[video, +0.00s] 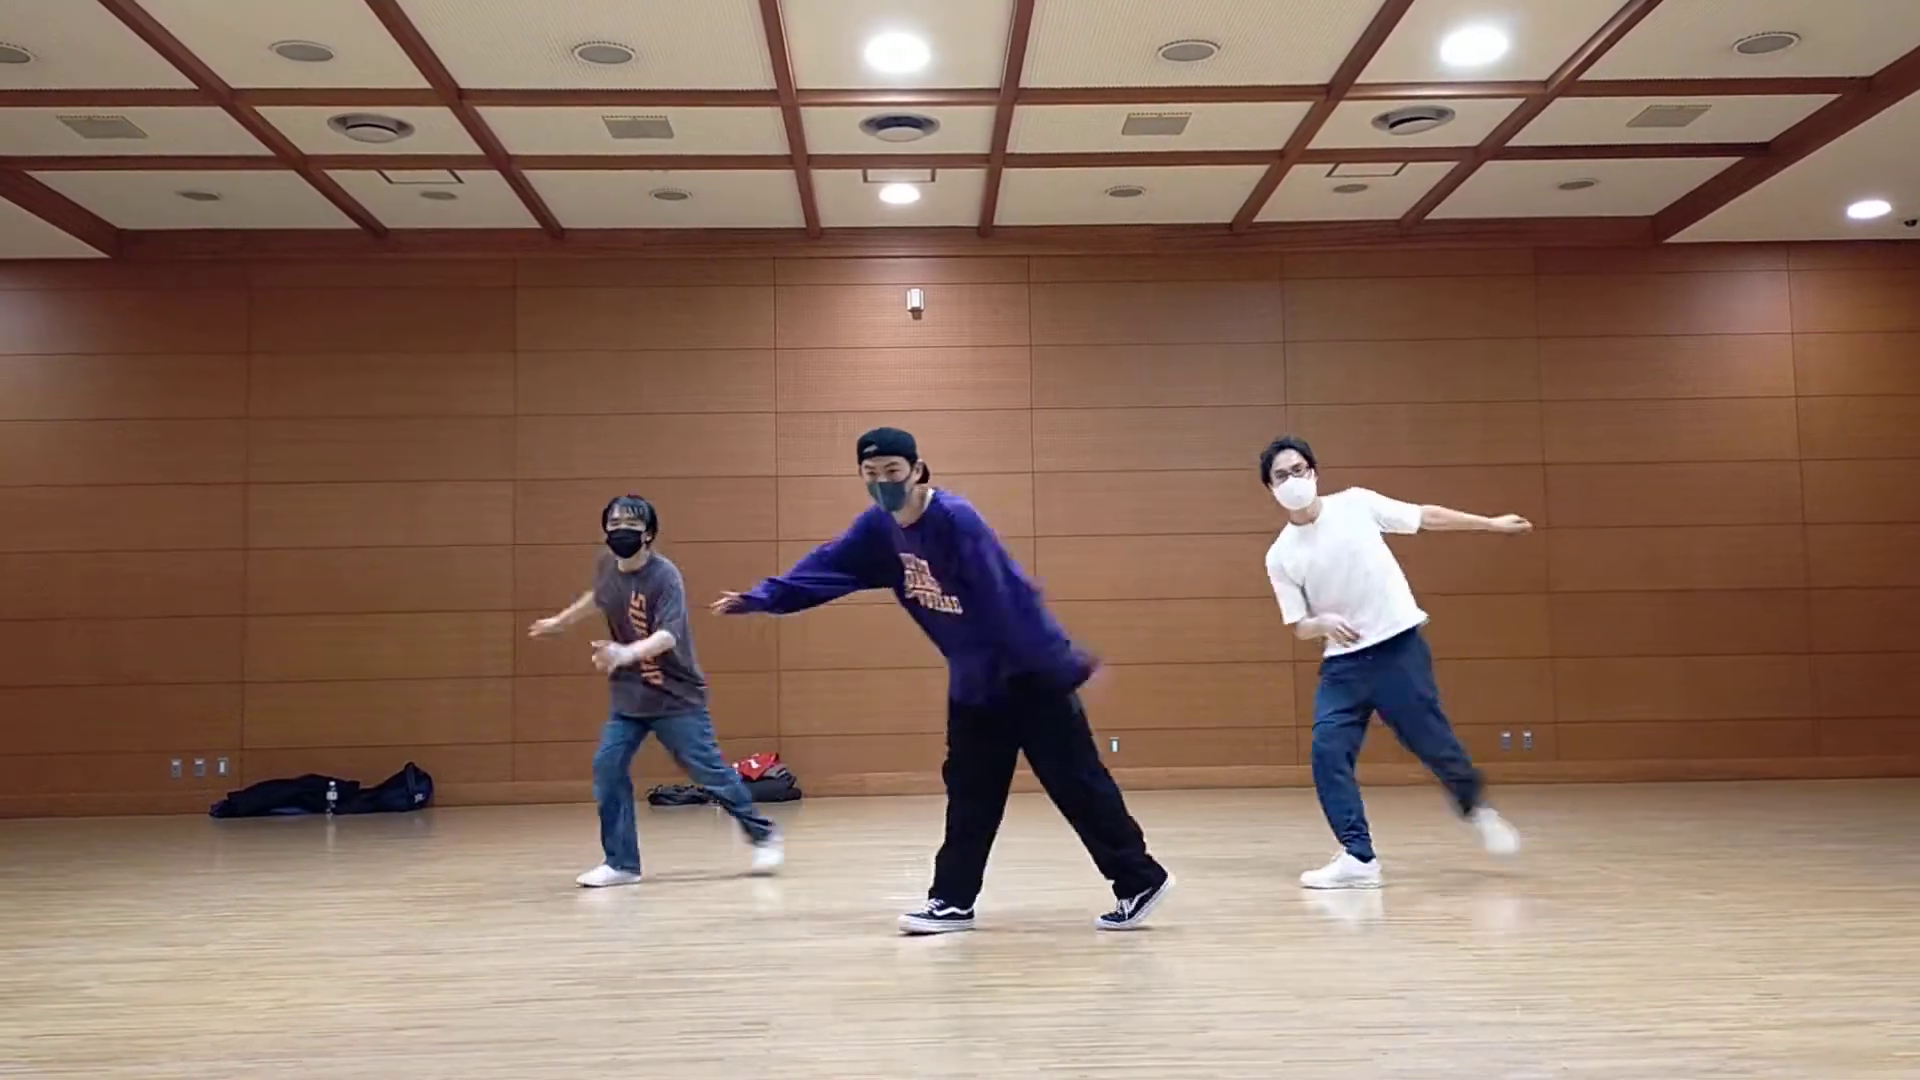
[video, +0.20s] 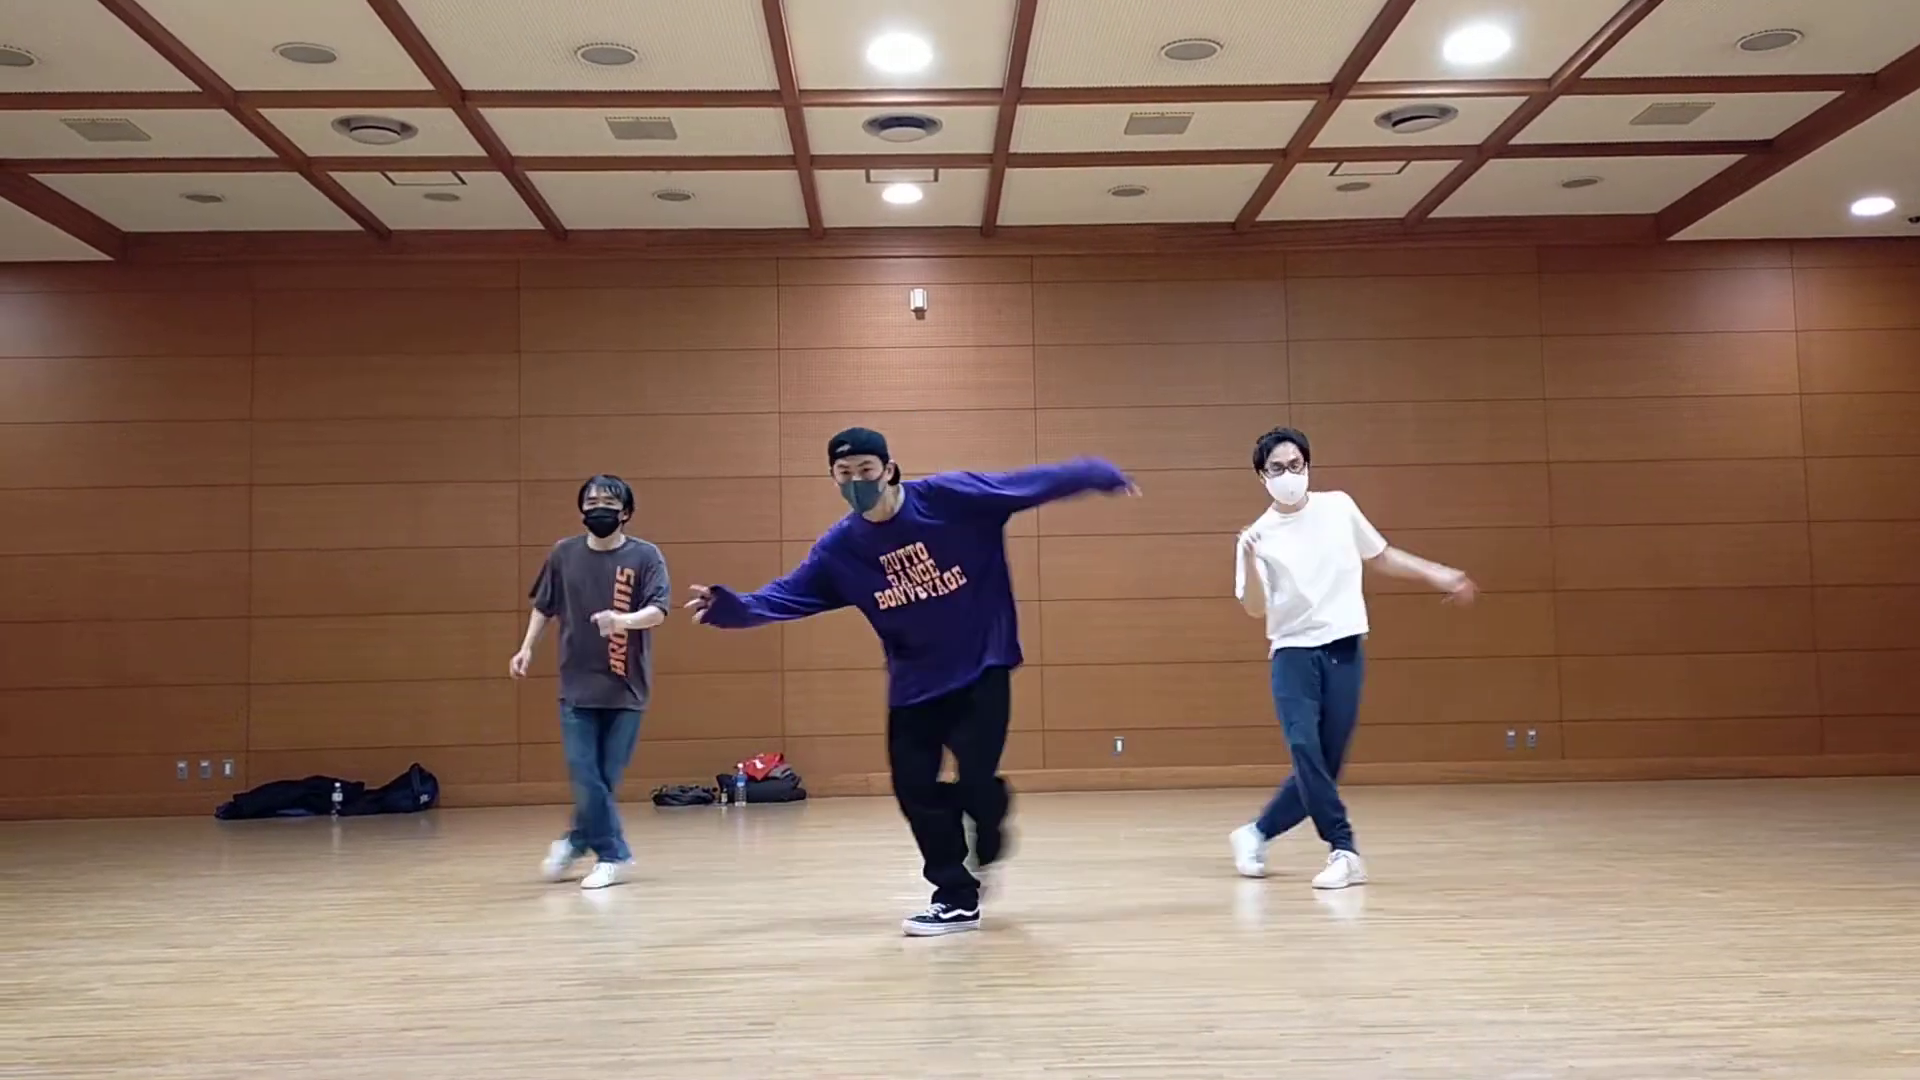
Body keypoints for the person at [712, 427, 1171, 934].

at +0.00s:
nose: (882, 482)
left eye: (891, 471)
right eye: (872, 475)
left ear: (917, 470)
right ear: (865, 480)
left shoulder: (954, 520)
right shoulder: (878, 530)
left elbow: (1005, 597)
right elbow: (826, 569)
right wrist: (761, 598)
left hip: (1026, 669)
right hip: (973, 677)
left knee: (1076, 779)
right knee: (971, 787)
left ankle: (1140, 879)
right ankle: (953, 900)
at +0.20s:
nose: (853, 478)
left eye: (863, 467)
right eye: (843, 471)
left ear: (890, 468)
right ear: (835, 480)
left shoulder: (949, 497)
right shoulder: (841, 547)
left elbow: (1027, 484)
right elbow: (789, 594)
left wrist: (1096, 474)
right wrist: (734, 607)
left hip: (981, 659)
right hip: (914, 674)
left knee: (973, 773)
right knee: (913, 786)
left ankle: (992, 818)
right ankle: (956, 897)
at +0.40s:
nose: (845, 486)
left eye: (855, 475)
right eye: (834, 477)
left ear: (876, 479)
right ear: (822, 486)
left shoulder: (921, 519)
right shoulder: (821, 550)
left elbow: (982, 510)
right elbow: (827, 619)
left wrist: (1023, 452)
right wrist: (824, 549)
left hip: (921, 686)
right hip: (856, 687)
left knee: (888, 813)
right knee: (847, 787)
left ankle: (823, 883)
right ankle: (876, 872)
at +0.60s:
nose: (862, 456)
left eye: (872, 449)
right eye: (851, 448)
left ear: (886, 459)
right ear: (834, 455)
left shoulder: (888, 519)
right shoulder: (816, 511)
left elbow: (900, 595)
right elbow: (876, 558)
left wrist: (950, 570)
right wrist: (937, 510)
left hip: (880, 678)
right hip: (821, 675)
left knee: (885, 800)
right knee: (813, 787)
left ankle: (831, 876)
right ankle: (758, 898)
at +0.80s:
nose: (905, 458)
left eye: (917, 451)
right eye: (896, 447)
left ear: (928, 459)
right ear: (875, 449)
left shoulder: (889, 513)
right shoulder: (850, 498)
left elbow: (881, 595)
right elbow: (898, 565)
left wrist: (901, 655)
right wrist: (959, 616)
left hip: (850, 672)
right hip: (804, 667)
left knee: (884, 784)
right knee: (776, 786)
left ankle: (904, 901)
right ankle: (711, 898)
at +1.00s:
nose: (951, 483)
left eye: (963, 475)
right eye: (942, 471)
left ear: (975, 478)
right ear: (924, 467)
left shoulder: (958, 527)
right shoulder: (884, 513)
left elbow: (960, 594)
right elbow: (822, 580)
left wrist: (977, 649)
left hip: (882, 677)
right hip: (826, 675)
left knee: (897, 784)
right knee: (797, 783)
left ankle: (897, 902)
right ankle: (726, 890)